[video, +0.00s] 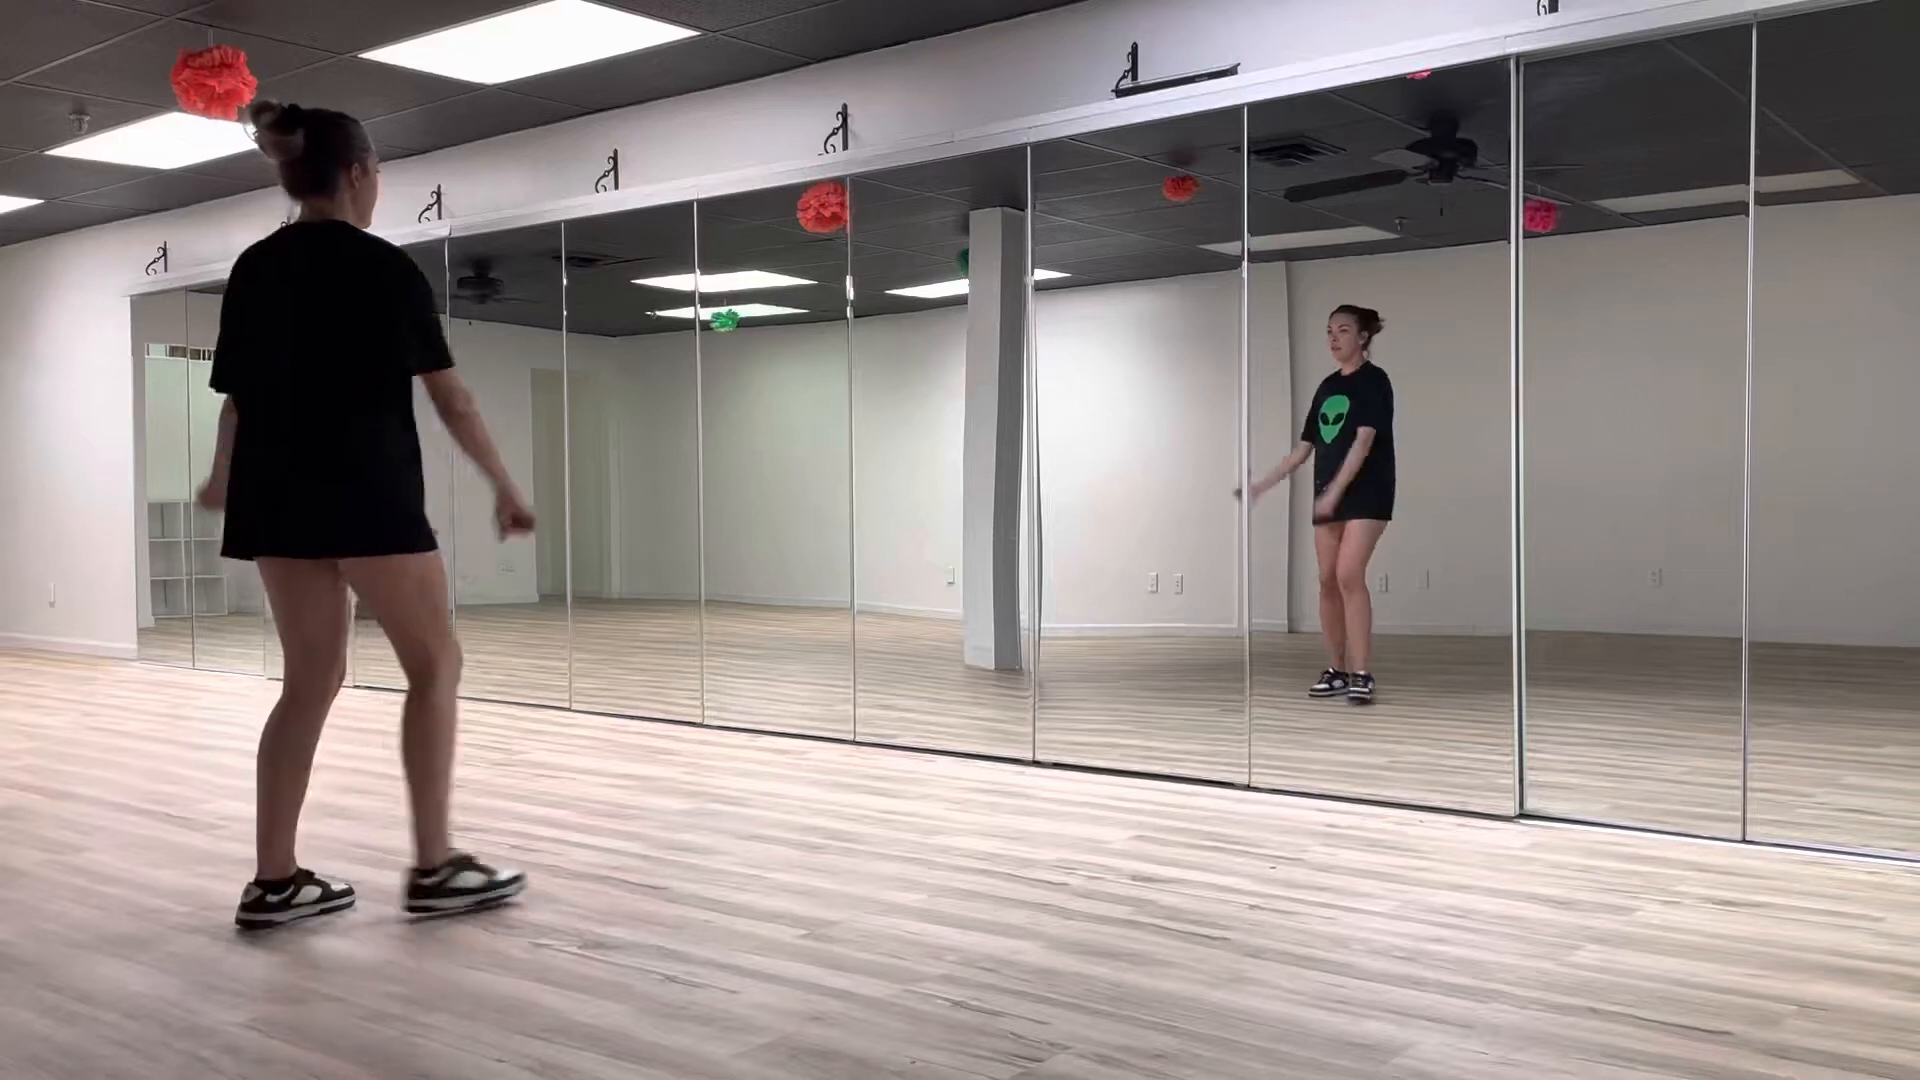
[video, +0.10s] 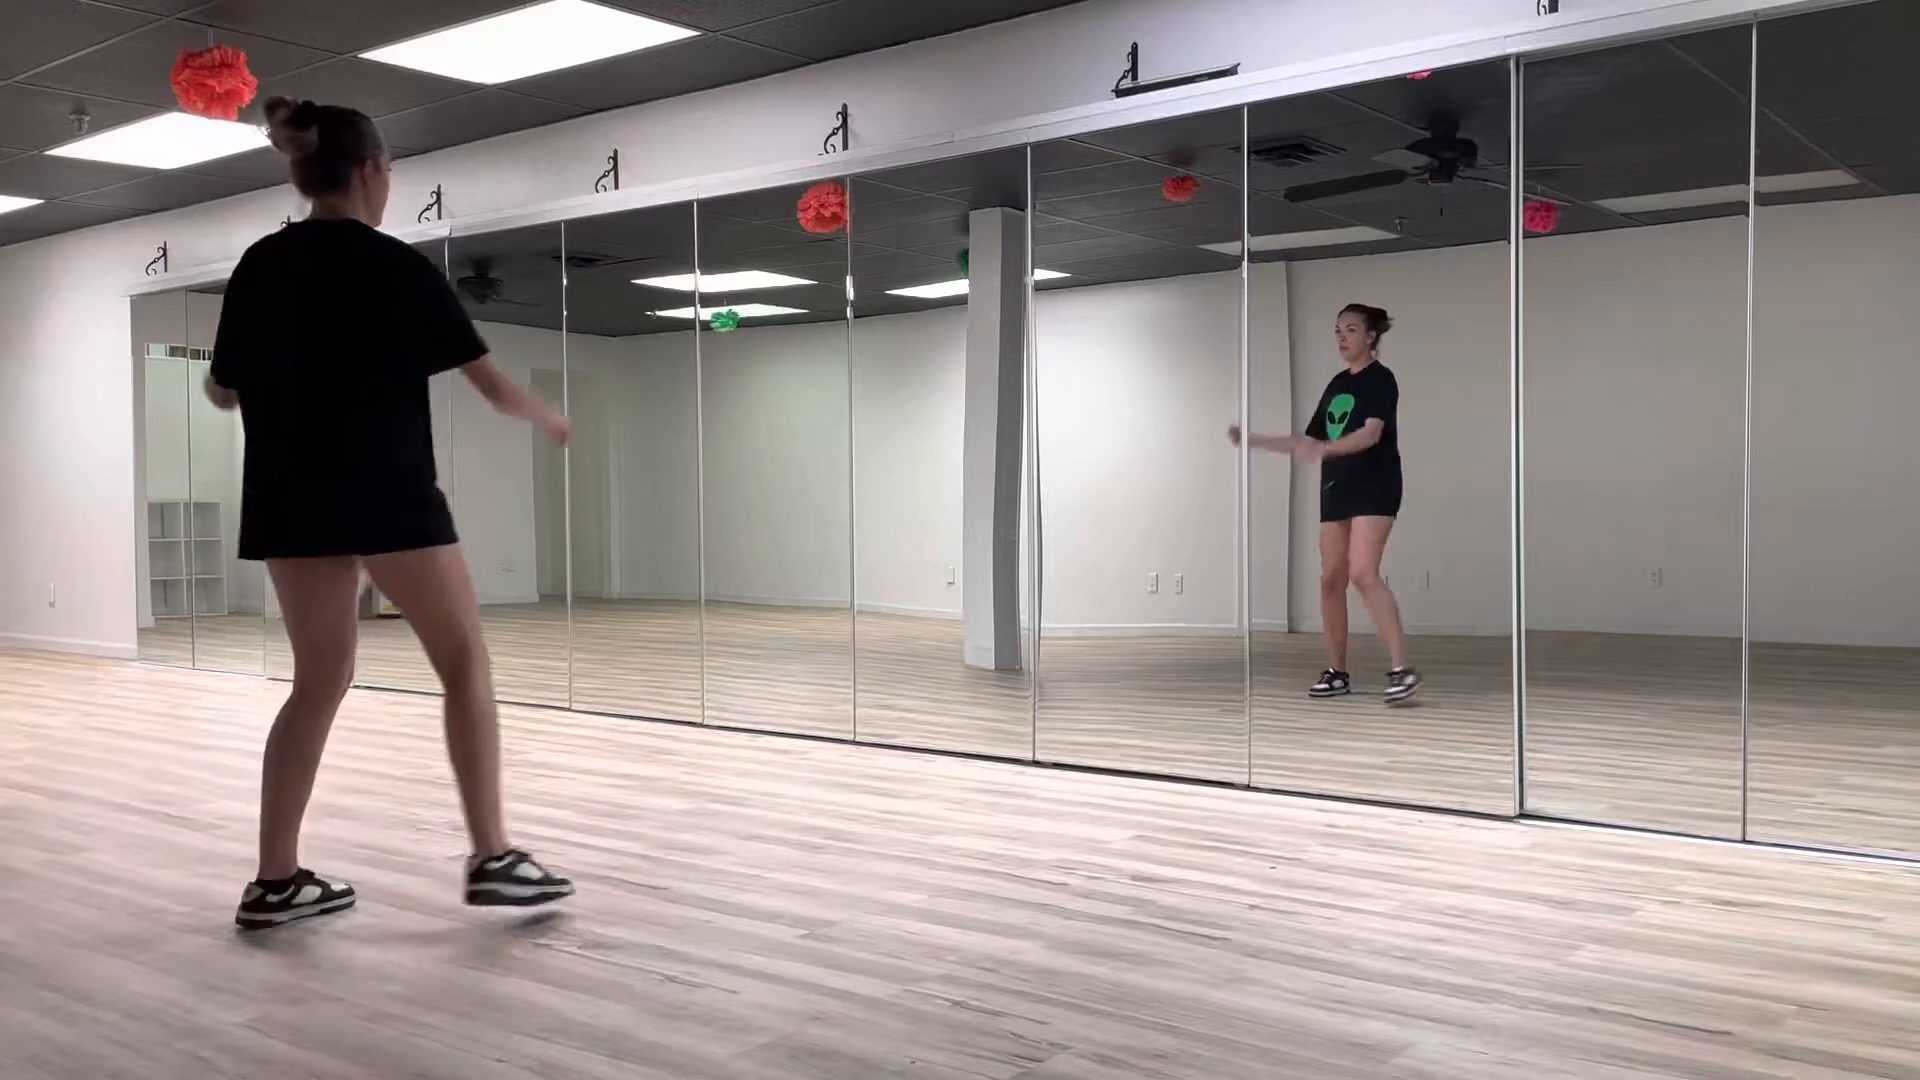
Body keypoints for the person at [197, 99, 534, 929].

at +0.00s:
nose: (379, 188)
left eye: (375, 177)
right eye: (375, 176)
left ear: (294, 182)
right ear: (358, 177)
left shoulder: (253, 269)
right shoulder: (388, 269)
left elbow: (237, 397)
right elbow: (449, 397)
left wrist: (221, 479)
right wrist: (505, 483)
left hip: (272, 501)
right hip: (372, 499)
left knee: (308, 678)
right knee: (434, 662)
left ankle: (273, 877)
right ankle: (435, 862)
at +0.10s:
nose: (390, 185)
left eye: (386, 174)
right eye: (387, 173)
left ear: (302, 180)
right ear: (370, 173)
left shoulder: (258, 265)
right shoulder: (400, 267)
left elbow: (221, 390)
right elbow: (494, 384)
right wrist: (548, 418)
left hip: (287, 502)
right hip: (391, 493)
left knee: (317, 680)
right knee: (463, 660)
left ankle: (274, 878)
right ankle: (492, 854)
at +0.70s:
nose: (488, 253)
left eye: (484, 241)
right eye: (487, 240)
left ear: (402, 244)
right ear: (473, 240)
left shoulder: (347, 325)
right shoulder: (504, 318)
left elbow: (244, 414)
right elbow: (628, 366)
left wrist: (326, 502)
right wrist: (595, 438)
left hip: (417, 538)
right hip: (526, 532)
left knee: (389, 697)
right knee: (553, 732)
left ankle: (330, 877)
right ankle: (592, 931)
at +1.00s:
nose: (432, 203)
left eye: (431, 189)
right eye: (428, 188)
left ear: (347, 192)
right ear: (404, 187)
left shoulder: (297, 286)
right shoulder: (429, 281)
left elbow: (279, 427)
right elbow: (488, 416)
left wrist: (298, 534)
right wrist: (537, 527)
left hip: (327, 515)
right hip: (427, 505)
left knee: (366, 685)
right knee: (487, 679)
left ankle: (330, 878)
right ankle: (509, 858)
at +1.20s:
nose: (417, 172)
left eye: (414, 158)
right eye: (415, 157)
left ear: (335, 164)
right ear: (393, 156)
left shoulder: (285, 262)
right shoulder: (413, 245)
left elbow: (287, 397)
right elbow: (435, 383)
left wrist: (292, 506)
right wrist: (462, 504)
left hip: (314, 482)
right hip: (401, 480)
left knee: (328, 665)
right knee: (406, 667)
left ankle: (308, 868)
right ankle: (362, 863)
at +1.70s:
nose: (418, 195)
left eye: (414, 180)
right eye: (409, 180)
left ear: (352, 187)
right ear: (377, 184)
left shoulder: (330, 264)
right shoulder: (334, 267)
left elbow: (348, 390)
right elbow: (376, 383)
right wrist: (485, 448)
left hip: (330, 500)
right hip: (329, 504)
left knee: (394, 665)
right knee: (363, 677)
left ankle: (282, 833)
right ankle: (340, 880)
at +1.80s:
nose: (407, 192)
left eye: (404, 177)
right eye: (398, 176)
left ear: (347, 185)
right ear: (363, 181)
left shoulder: (350, 268)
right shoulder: (311, 255)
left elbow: (391, 360)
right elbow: (330, 343)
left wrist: (483, 349)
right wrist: (474, 344)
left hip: (341, 497)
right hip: (318, 499)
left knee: (362, 665)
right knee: (366, 670)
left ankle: (252, 807)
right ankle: (339, 879)